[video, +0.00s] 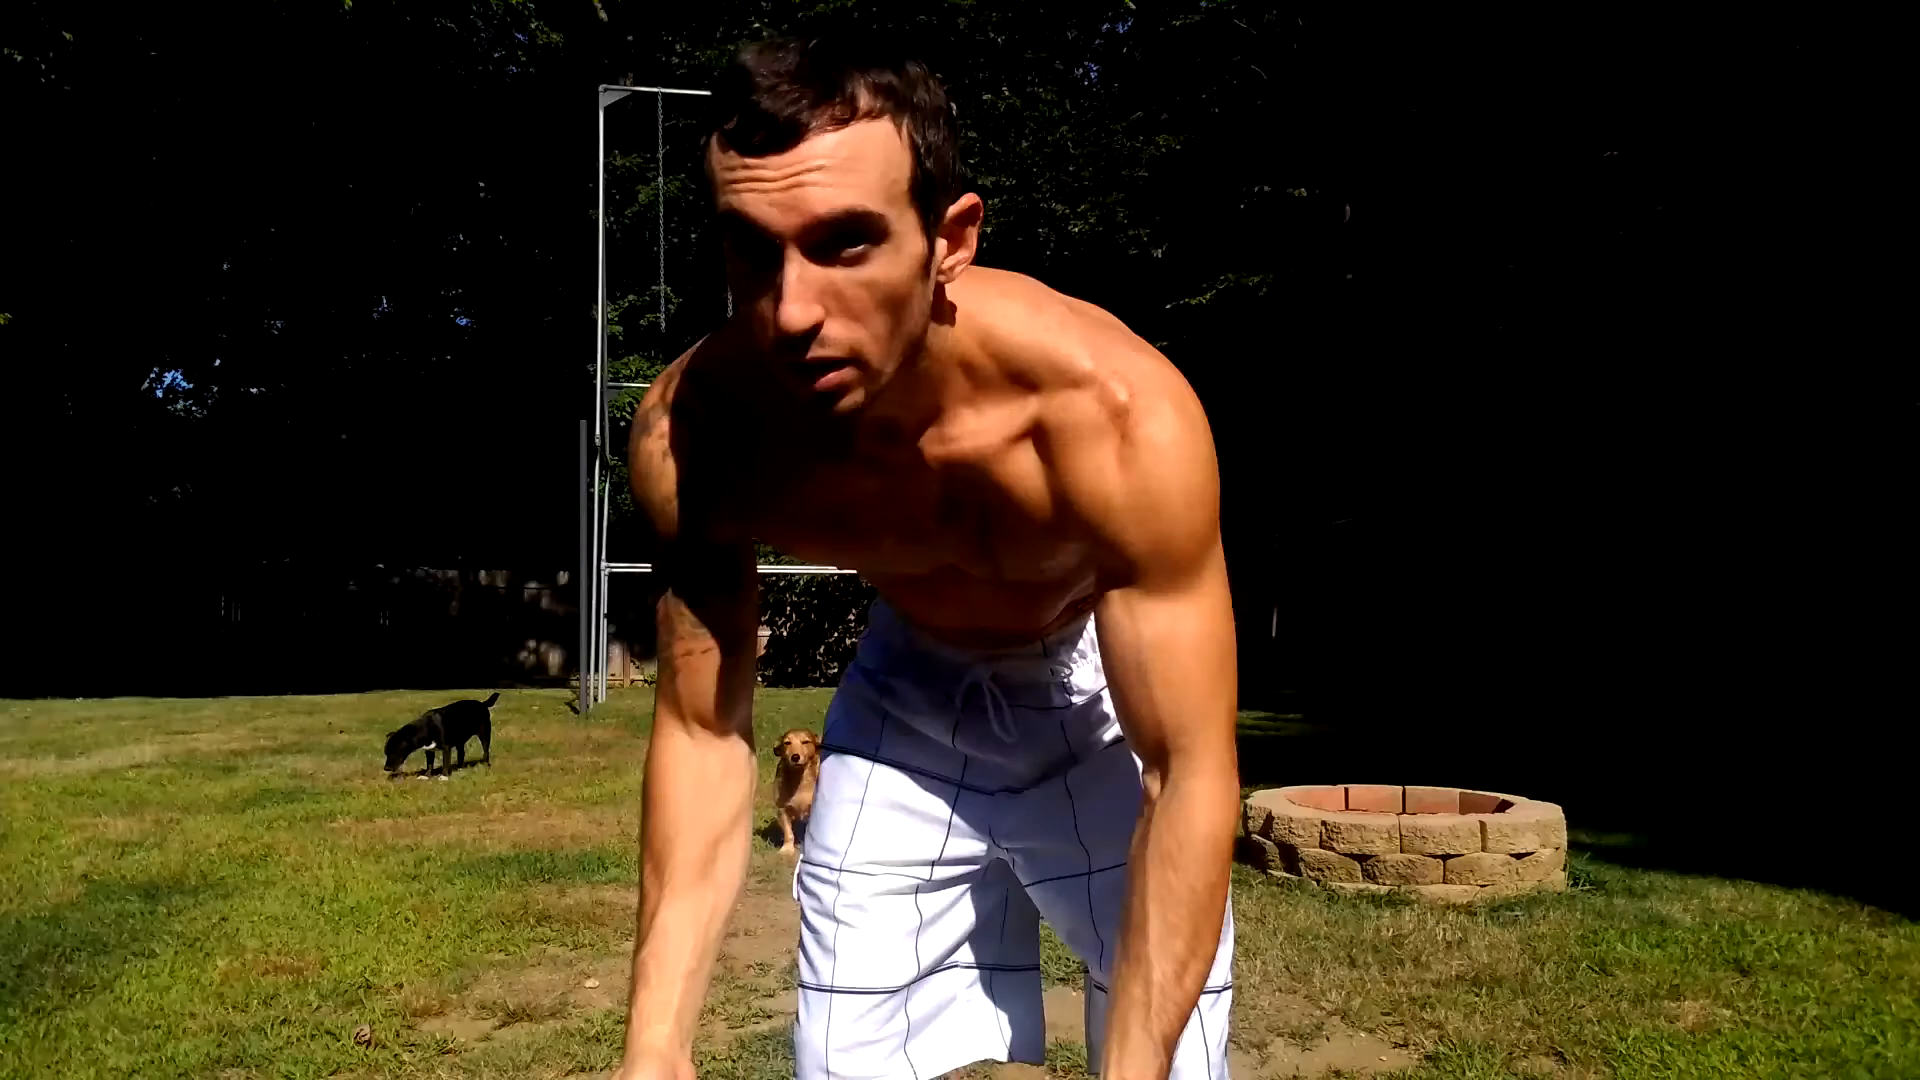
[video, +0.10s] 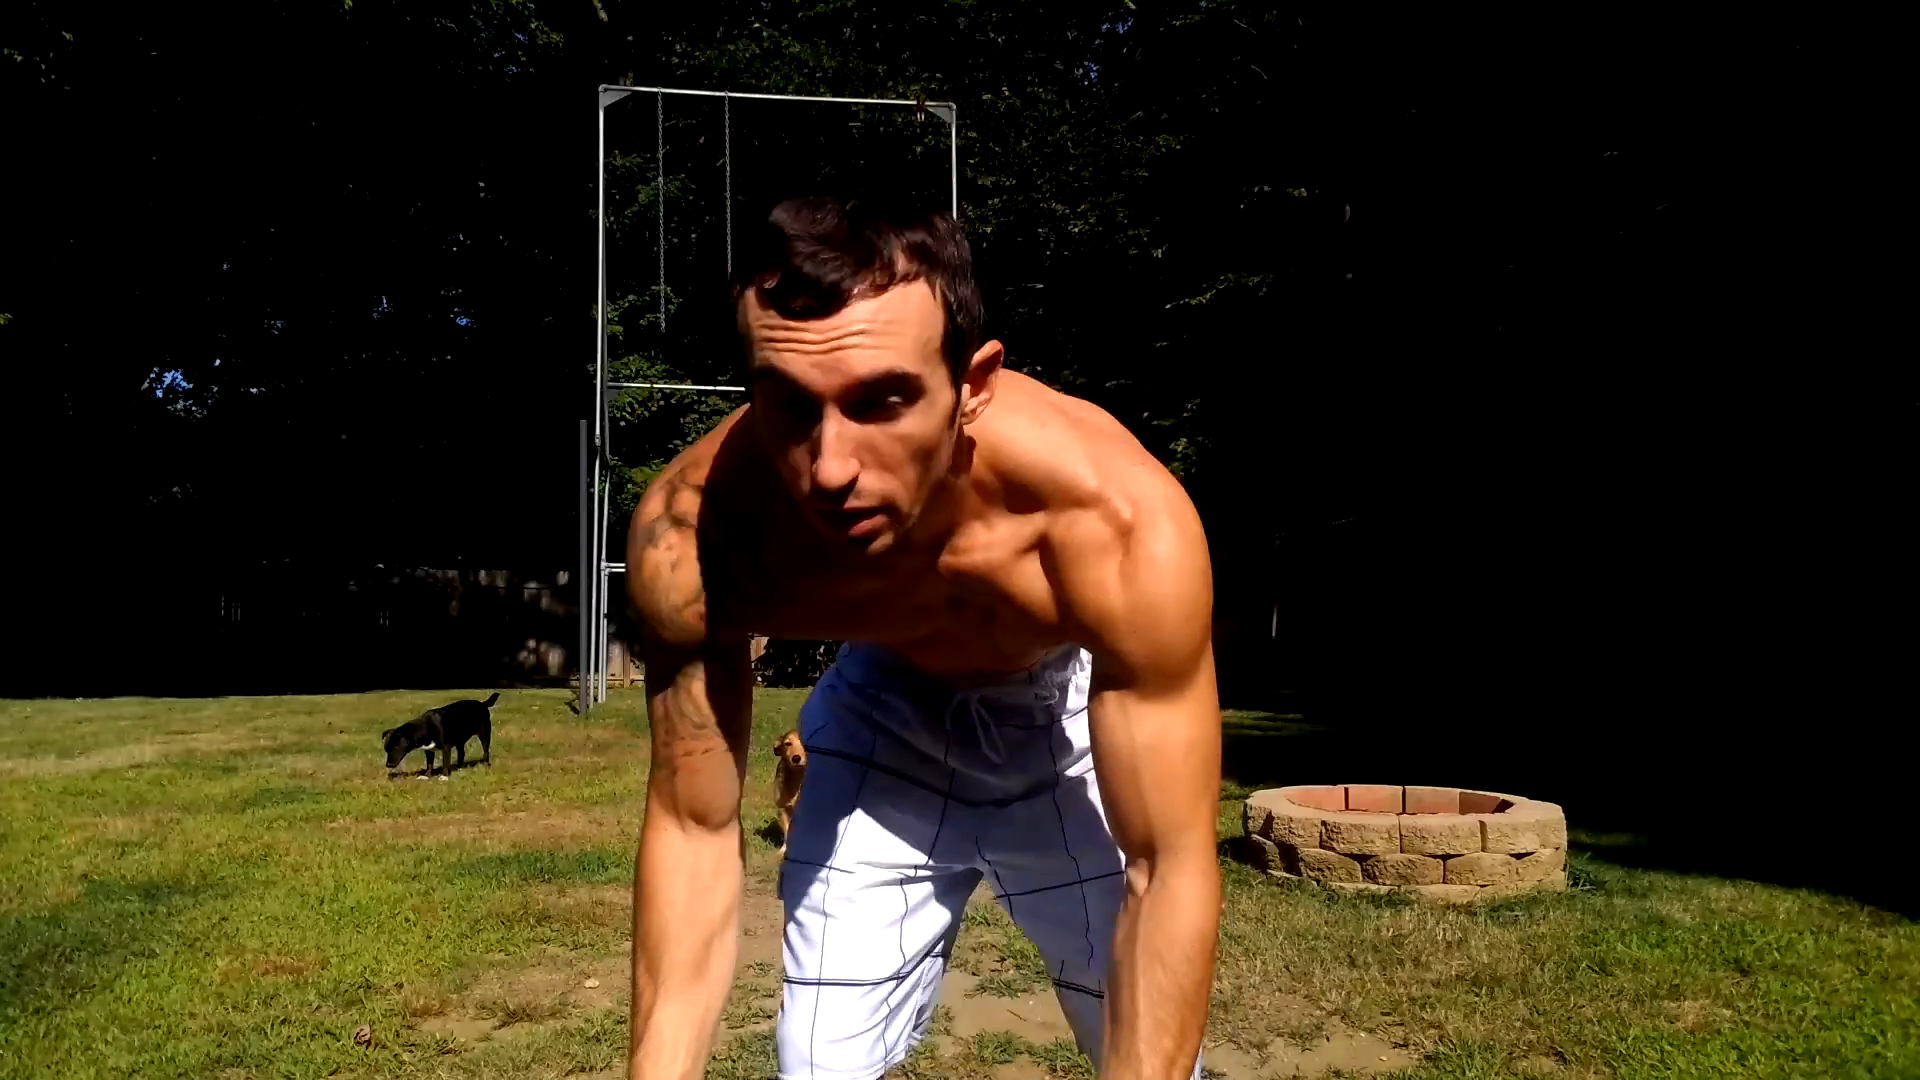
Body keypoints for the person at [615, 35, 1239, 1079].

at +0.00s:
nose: (791, 312)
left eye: (845, 243)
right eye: (755, 250)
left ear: (951, 243)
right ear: (722, 243)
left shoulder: (1127, 423)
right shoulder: (697, 436)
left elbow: (1190, 775)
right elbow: (702, 728)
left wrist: (1133, 1067)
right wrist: (655, 1047)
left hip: (1118, 681)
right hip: (911, 685)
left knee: (1173, 1061)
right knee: (849, 1056)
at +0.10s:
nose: (830, 469)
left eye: (884, 401)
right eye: (789, 406)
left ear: (974, 386)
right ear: (751, 384)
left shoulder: (1131, 532)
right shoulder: (689, 542)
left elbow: (1170, 867)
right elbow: (693, 827)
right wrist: (658, 1069)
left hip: (1076, 708)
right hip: (884, 708)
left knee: (1148, 1053)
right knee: (820, 1058)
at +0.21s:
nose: (877, 633)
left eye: (925, 577)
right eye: (836, 576)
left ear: (1002, 509)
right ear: (787, 525)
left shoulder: (1143, 636)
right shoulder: (701, 632)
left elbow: (1165, 951)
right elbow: (698, 913)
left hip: (1064, 740)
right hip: (865, 733)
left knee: (1135, 1045)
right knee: (804, 1055)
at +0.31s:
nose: (907, 738)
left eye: (952, 689)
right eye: (867, 690)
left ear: (1026, 606)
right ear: (815, 613)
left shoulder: (1157, 709)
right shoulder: (713, 710)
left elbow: (1178, 1007)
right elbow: (713, 980)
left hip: (1065, 777)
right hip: (850, 770)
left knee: (1142, 1043)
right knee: (781, 1054)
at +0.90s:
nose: (983, 657)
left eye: (1025, 616)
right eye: (946, 612)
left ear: (1076, 566)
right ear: (899, 560)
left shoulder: (1177, 650)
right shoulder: (787, 645)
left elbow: (1192, 928)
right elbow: (739, 899)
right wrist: (695, 1074)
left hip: (1076, 746)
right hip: (872, 743)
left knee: (1140, 1039)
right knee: (830, 1052)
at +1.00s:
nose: (990, 462)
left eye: (1031, 419)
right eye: (955, 415)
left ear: (1089, 394)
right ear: (907, 388)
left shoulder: (1173, 518)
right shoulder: (802, 514)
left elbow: (1216, 776)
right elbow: (734, 745)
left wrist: (1228, 1042)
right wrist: (668, 993)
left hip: (1082, 706)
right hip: (899, 705)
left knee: (1123, 1044)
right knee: (823, 1040)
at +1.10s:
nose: (980, 285)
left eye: (1016, 246)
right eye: (947, 248)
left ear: (1075, 250)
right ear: (905, 252)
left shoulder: (1162, 403)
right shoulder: (812, 399)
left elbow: (1233, 641)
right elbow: (738, 618)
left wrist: (1242, 881)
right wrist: (676, 844)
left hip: (1073, 672)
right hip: (891, 658)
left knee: (1098, 1020)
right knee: (804, 974)